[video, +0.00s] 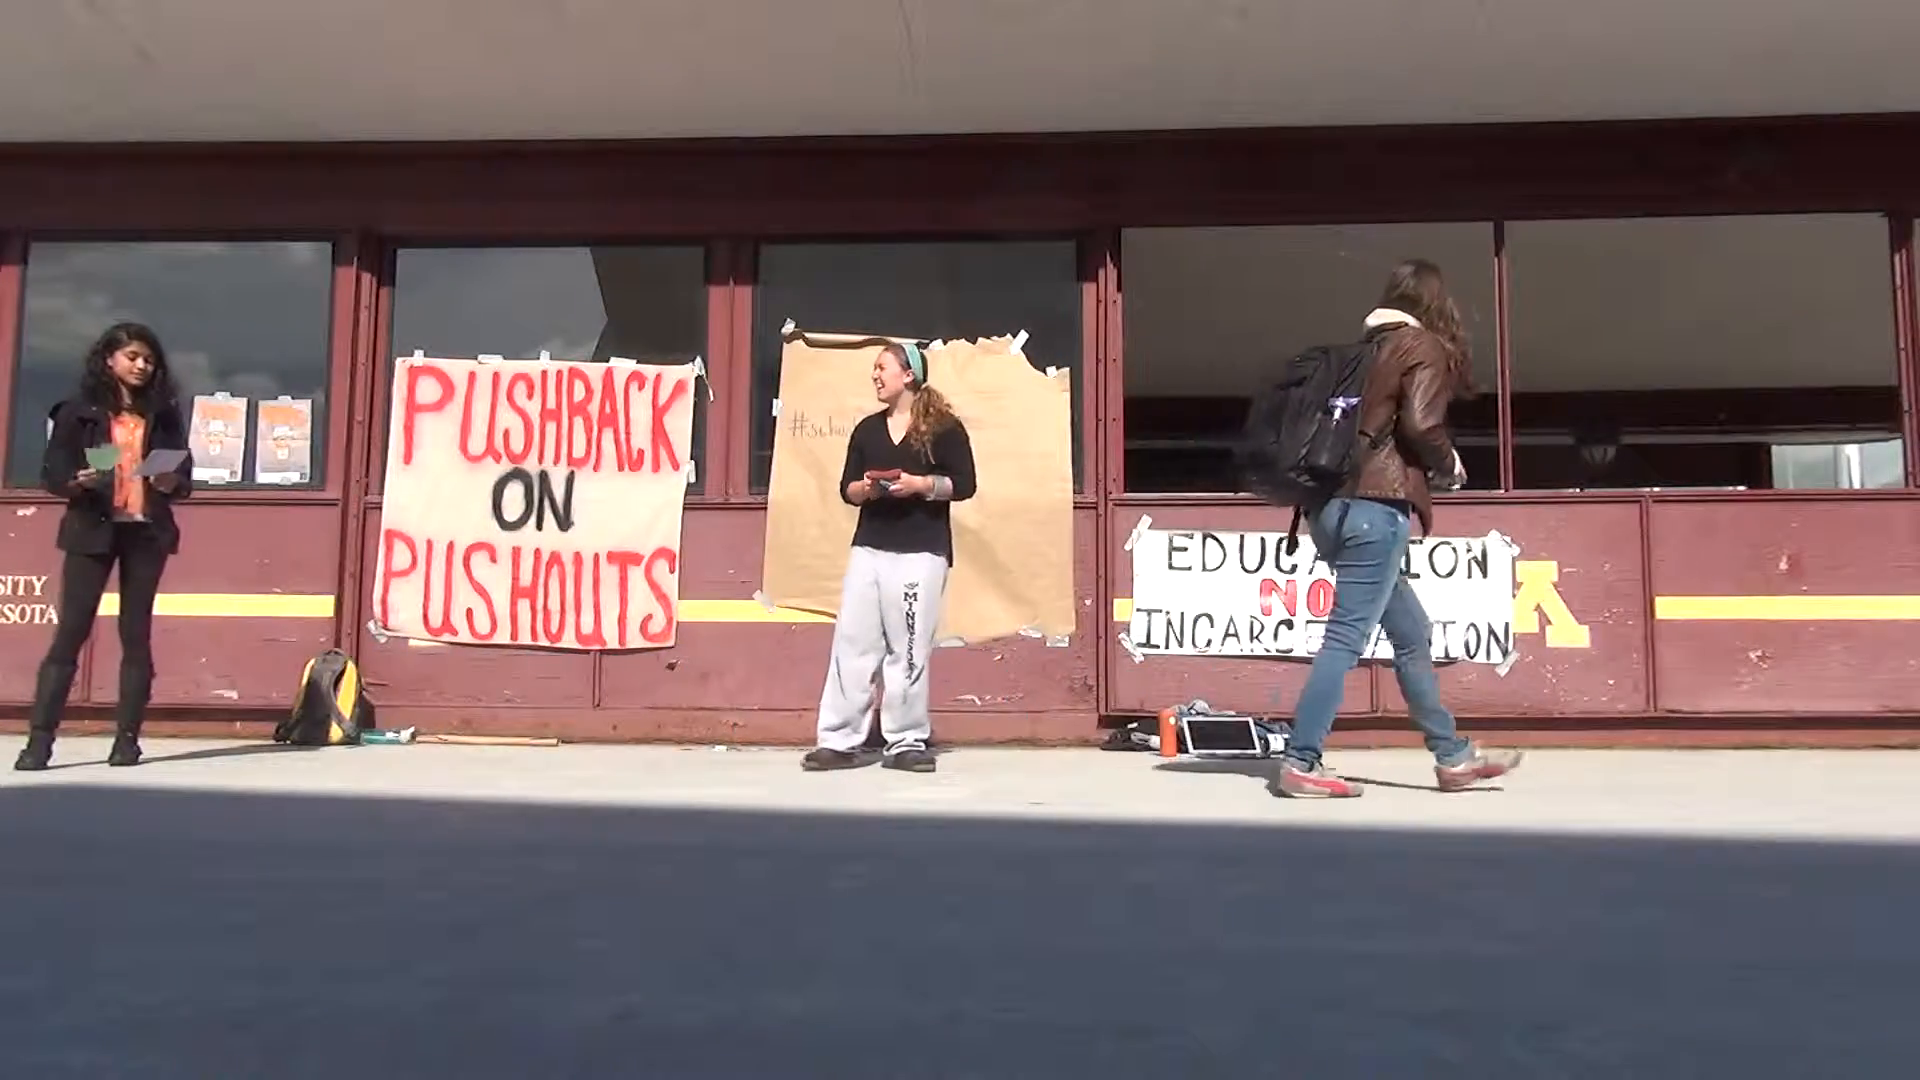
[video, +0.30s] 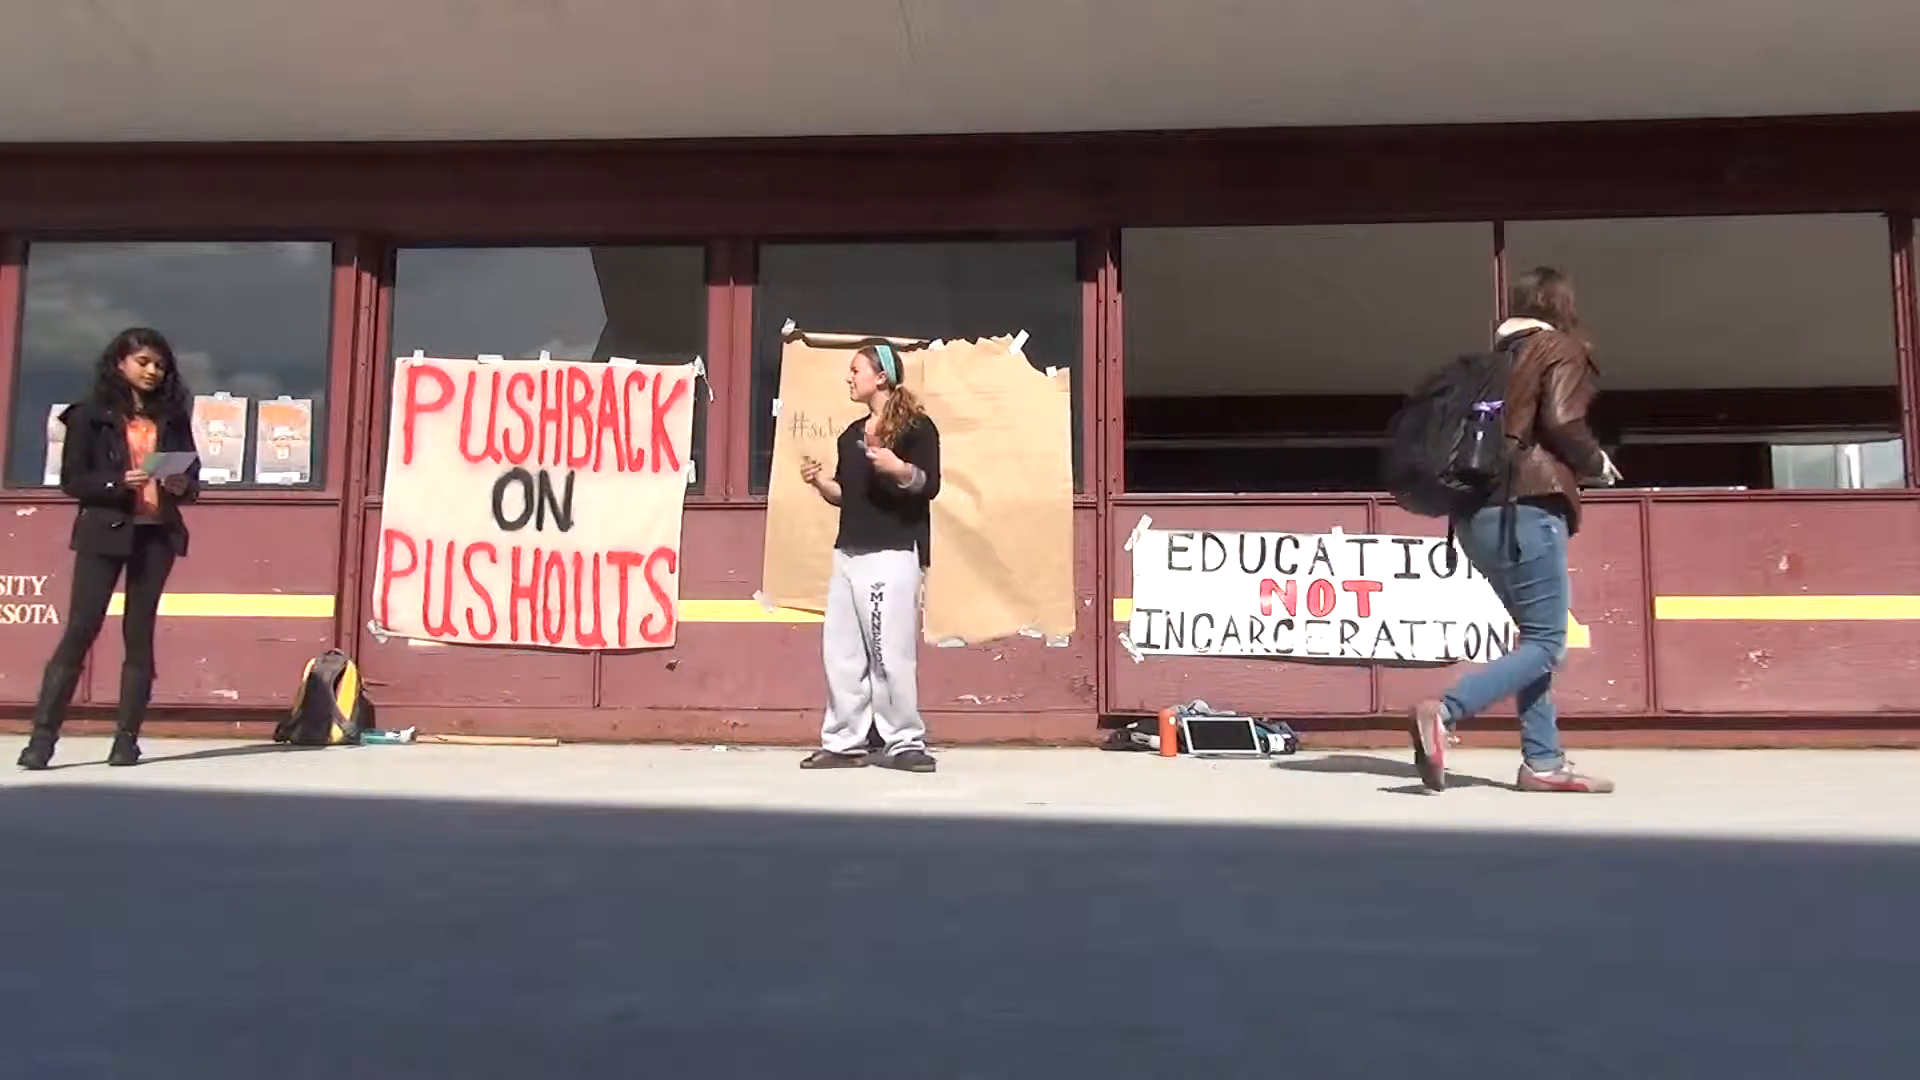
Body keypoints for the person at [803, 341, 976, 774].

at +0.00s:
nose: (875, 375)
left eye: (882, 368)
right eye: (875, 368)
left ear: (909, 374)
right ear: (885, 376)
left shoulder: (944, 427)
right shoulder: (866, 429)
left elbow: (965, 485)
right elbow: (847, 489)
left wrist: (921, 485)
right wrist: (864, 490)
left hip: (920, 551)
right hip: (870, 547)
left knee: (909, 646)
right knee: (853, 642)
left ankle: (907, 741)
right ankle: (841, 741)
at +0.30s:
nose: (849, 378)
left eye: (856, 371)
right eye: (850, 371)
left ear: (881, 376)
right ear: (869, 378)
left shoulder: (917, 428)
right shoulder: (851, 435)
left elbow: (929, 484)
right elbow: (847, 496)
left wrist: (898, 468)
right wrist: (820, 482)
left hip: (893, 553)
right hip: (850, 552)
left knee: (891, 652)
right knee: (843, 652)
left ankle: (906, 742)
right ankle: (847, 741)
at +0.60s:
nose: (825, 378)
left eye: (832, 372)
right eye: (826, 372)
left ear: (856, 378)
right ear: (846, 379)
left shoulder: (884, 428)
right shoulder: (830, 434)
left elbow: (901, 487)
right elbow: (819, 496)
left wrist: (876, 470)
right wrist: (774, 479)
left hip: (859, 554)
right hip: (822, 554)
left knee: (869, 649)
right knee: (827, 652)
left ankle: (904, 742)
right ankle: (845, 743)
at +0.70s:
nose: (821, 378)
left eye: (828, 372)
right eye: (823, 371)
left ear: (851, 378)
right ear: (843, 378)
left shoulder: (876, 430)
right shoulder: (828, 433)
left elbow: (882, 490)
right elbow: (815, 498)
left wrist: (856, 488)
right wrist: (772, 485)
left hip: (852, 554)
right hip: (816, 554)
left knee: (863, 648)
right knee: (824, 652)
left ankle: (902, 738)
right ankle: (844, 742)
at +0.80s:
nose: (816, 377)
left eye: (823, 371)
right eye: (819, 371)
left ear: (845, 378)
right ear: (840, 378)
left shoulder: (868, 429)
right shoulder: (828, 432)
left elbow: (872, 493)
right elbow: (812, 499)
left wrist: (840, 498)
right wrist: (769, 489)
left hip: (847, 552)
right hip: (813, 553)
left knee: (852, 645)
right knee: (821, 651)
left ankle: (898, 735)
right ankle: (843, 742)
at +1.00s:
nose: (805, 379)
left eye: (812, 372)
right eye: (808, 372)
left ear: (834, 378)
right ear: (830, 378)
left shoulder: (855, 430)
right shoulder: (825, 432)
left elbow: (852, 491)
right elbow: (811, 500)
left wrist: (799, 482)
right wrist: (768, 490)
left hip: (836, 551)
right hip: (809, 550)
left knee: (829, 646)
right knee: (813, 651)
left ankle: (869, 738)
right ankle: (835, 741)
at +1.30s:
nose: (795, 376)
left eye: (802, 370)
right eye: (797, 369)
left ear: (824, 377)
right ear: (821, 377)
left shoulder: (842, 425)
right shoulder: (824, 425)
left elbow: (843, 487)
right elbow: (820, 488)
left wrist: (787, 492)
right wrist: (779, 501)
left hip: (827, 549)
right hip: (818, 548)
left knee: (813, 644)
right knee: (833, 643)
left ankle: (818, 743)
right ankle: (849, 741)